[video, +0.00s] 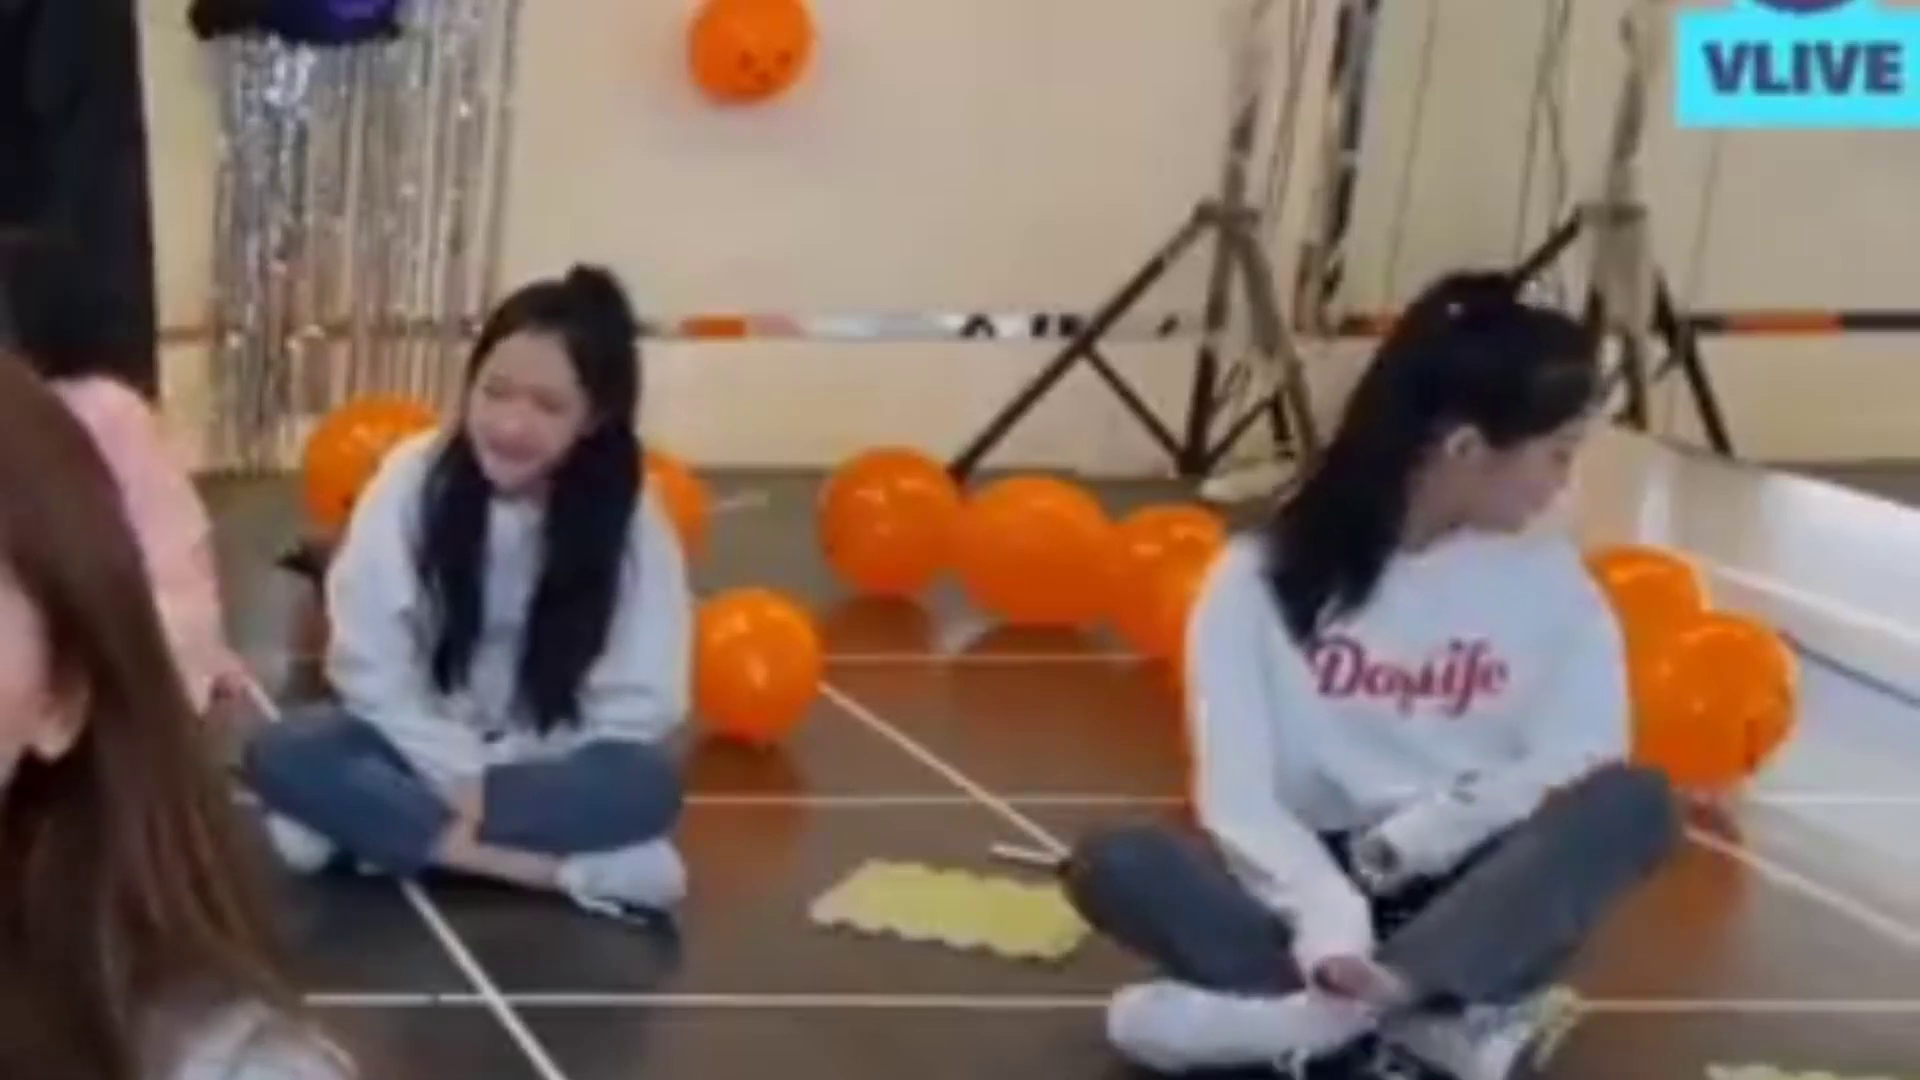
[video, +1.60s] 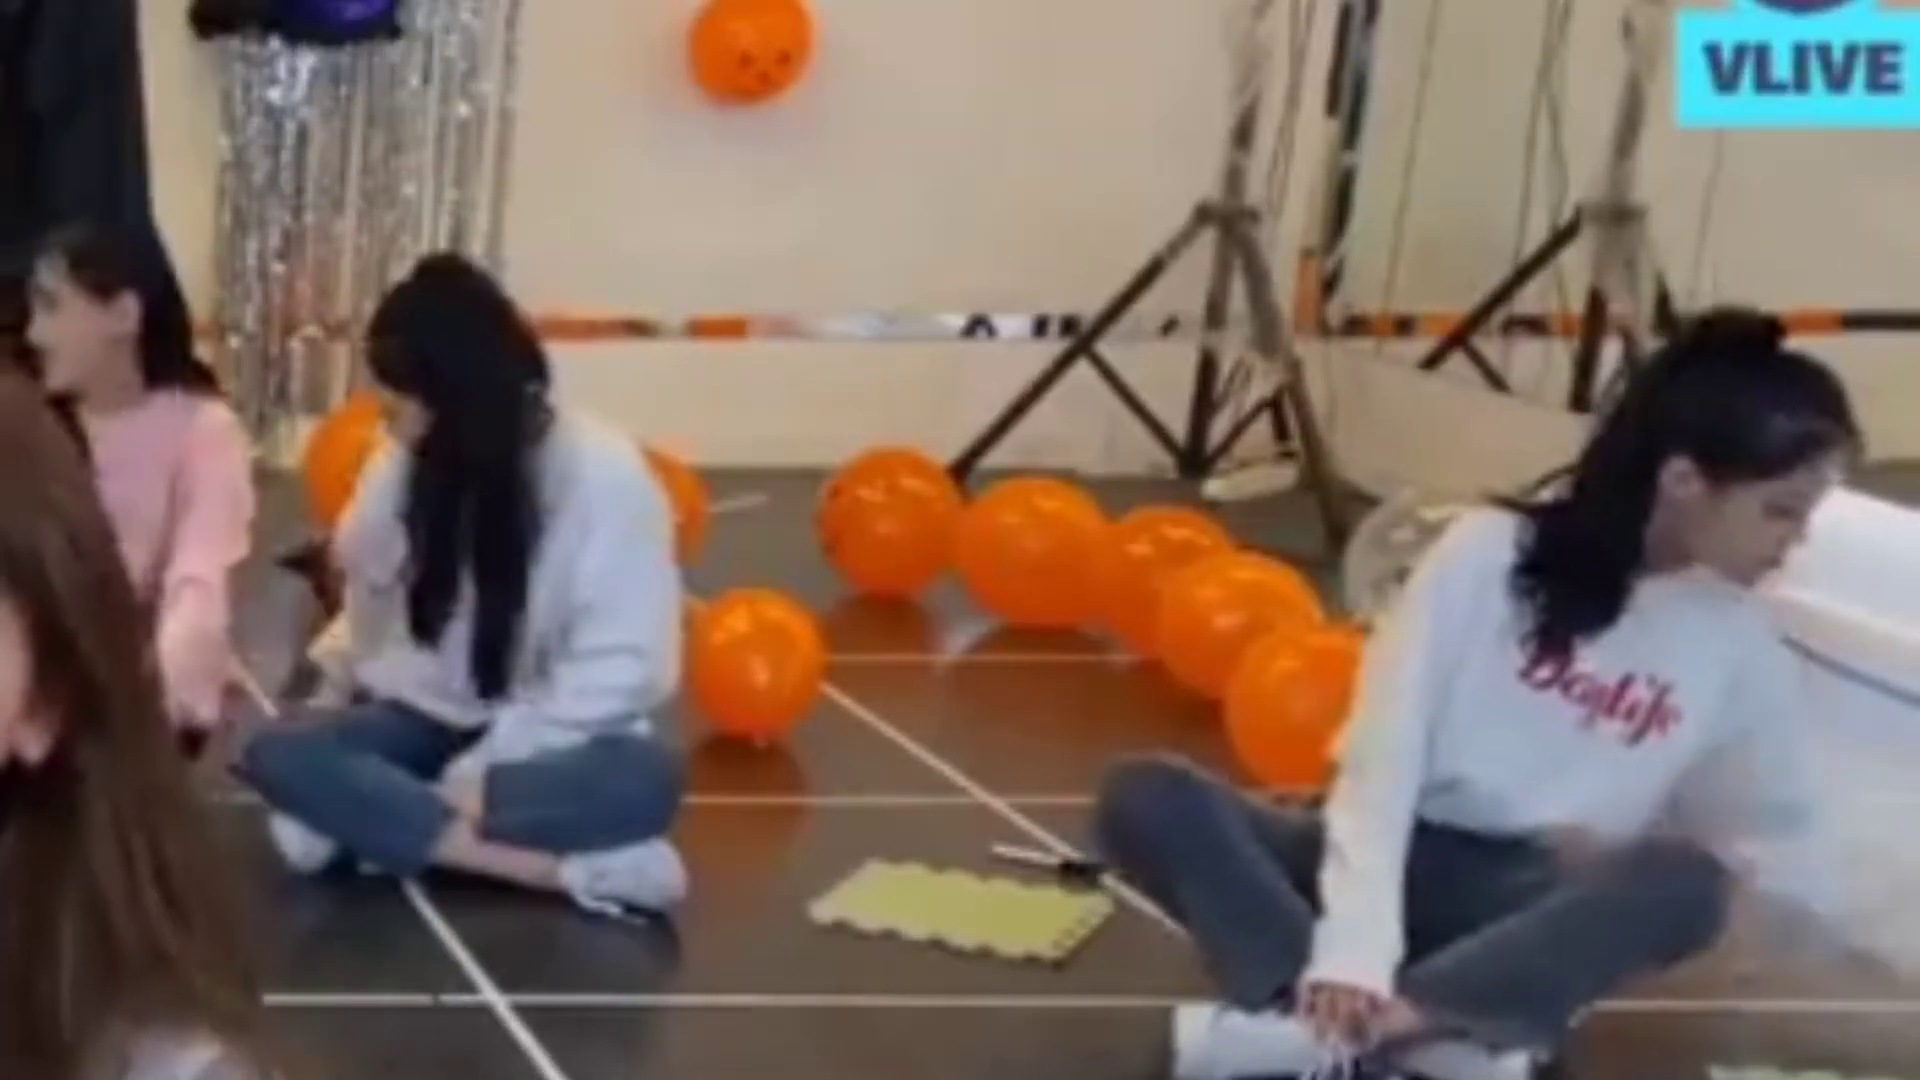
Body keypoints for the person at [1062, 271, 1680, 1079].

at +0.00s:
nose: (1565, 481)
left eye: (1571, 455)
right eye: (1556, 454)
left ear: (1464, 450)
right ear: (1461, 448)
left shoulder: (1545, 576)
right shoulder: (1256, 579)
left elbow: (1584, 754)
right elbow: (1236, 798)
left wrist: (1401, 845)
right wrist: (1328, 906)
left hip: (1470, 875)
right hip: (1296, 872)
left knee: (1635, 804)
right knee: (1112, 862)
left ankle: (1330, 1016)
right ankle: (1422, 1030)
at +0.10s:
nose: (1569, 480)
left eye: (1574, 453)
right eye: (1560, 452)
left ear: (1467, 448)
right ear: (1465, 445)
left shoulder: (1550, 578)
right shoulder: (1258, 576)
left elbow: (1592, 773)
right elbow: (1235, 799)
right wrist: (1328, 913)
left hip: (1484, 865)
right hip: (1303, 864)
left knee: (1640, 808)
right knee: (1112, 861)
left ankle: (1328, 1019)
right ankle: (1422, 1031)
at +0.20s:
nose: (1589, 482)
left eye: (1595, 454)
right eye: (1581, 453)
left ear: (1489, 447)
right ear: (1488, 444)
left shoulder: (1563, 582)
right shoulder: (1275, 572)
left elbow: (1614, 782)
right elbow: (1232, 792)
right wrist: (1329, 920)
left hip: (1483, 863)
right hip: (1308, 859)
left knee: (1647, 820)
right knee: (1107, 869)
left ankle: (1336, 1026)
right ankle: (1429, 1035)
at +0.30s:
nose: (1626, 477)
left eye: (1631, 451)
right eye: (1616, 449)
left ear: (1525, 446)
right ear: (1523, 442)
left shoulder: (1589, 592)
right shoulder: (1302, 565)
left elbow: (1616, 787)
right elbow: (1234, 787)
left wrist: (1722, 759)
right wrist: (1321, 922)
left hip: (1485, 879)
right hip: (1311, 867)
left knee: (1666, 830)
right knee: (1101, 876)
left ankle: (1339, 1032)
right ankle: (1424, 1034)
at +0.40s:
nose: (1684, 481)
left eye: (1685, 454)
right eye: (1661, 455)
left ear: (1569, 453)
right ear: (1558, 450)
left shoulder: (1635, 618)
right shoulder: (1350, 562)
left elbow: (1712, 808)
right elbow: (1253, 767)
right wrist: (1321, 951)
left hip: (1483, 890)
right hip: (1318, 867)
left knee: (1674, 846)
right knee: (1104, 870)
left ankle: (1344, 1031)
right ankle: (1424, 1034)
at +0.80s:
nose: (1808, 531)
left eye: (1814, 505)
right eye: (1792, 507)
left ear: (1708, 504)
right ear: (1690, 498)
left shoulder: (1737, 675)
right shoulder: (1478, 563)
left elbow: (1834, 830)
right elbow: (1361, 763)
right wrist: (1344, 955)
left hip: (1516, 898)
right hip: (1364, 857)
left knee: (1696, 904)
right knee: (1122, 826)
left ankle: (1325, 1042)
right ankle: (1420, 1048)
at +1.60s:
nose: (1799, 538)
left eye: (1809, 513)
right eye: (1782, 510)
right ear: (1683, 483)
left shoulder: (1736, 647)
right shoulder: (1482, 554)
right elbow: (1376, 761)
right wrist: (1351, 948)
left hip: (1516, 891)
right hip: (1369, 856)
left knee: (1687, 889)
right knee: (1143, 793)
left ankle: (1325, 1038)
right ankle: (1410, 1046)